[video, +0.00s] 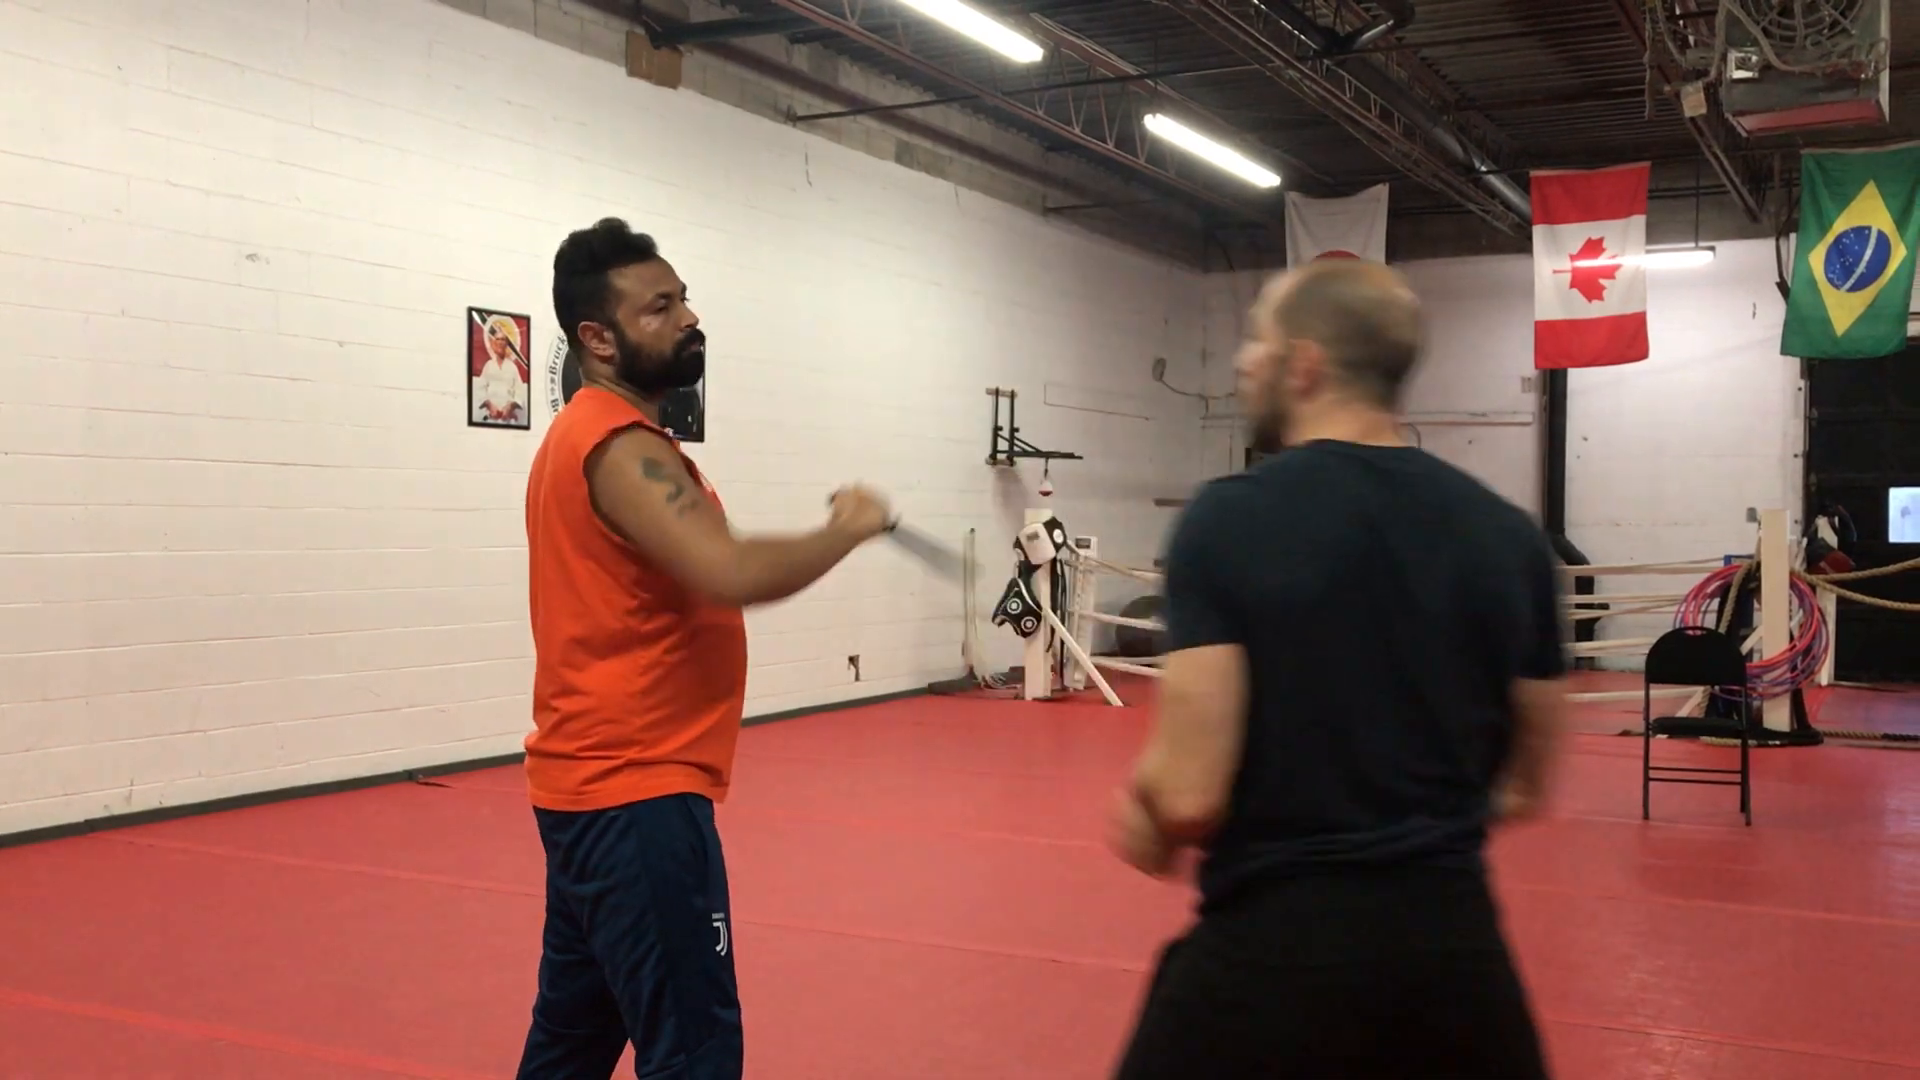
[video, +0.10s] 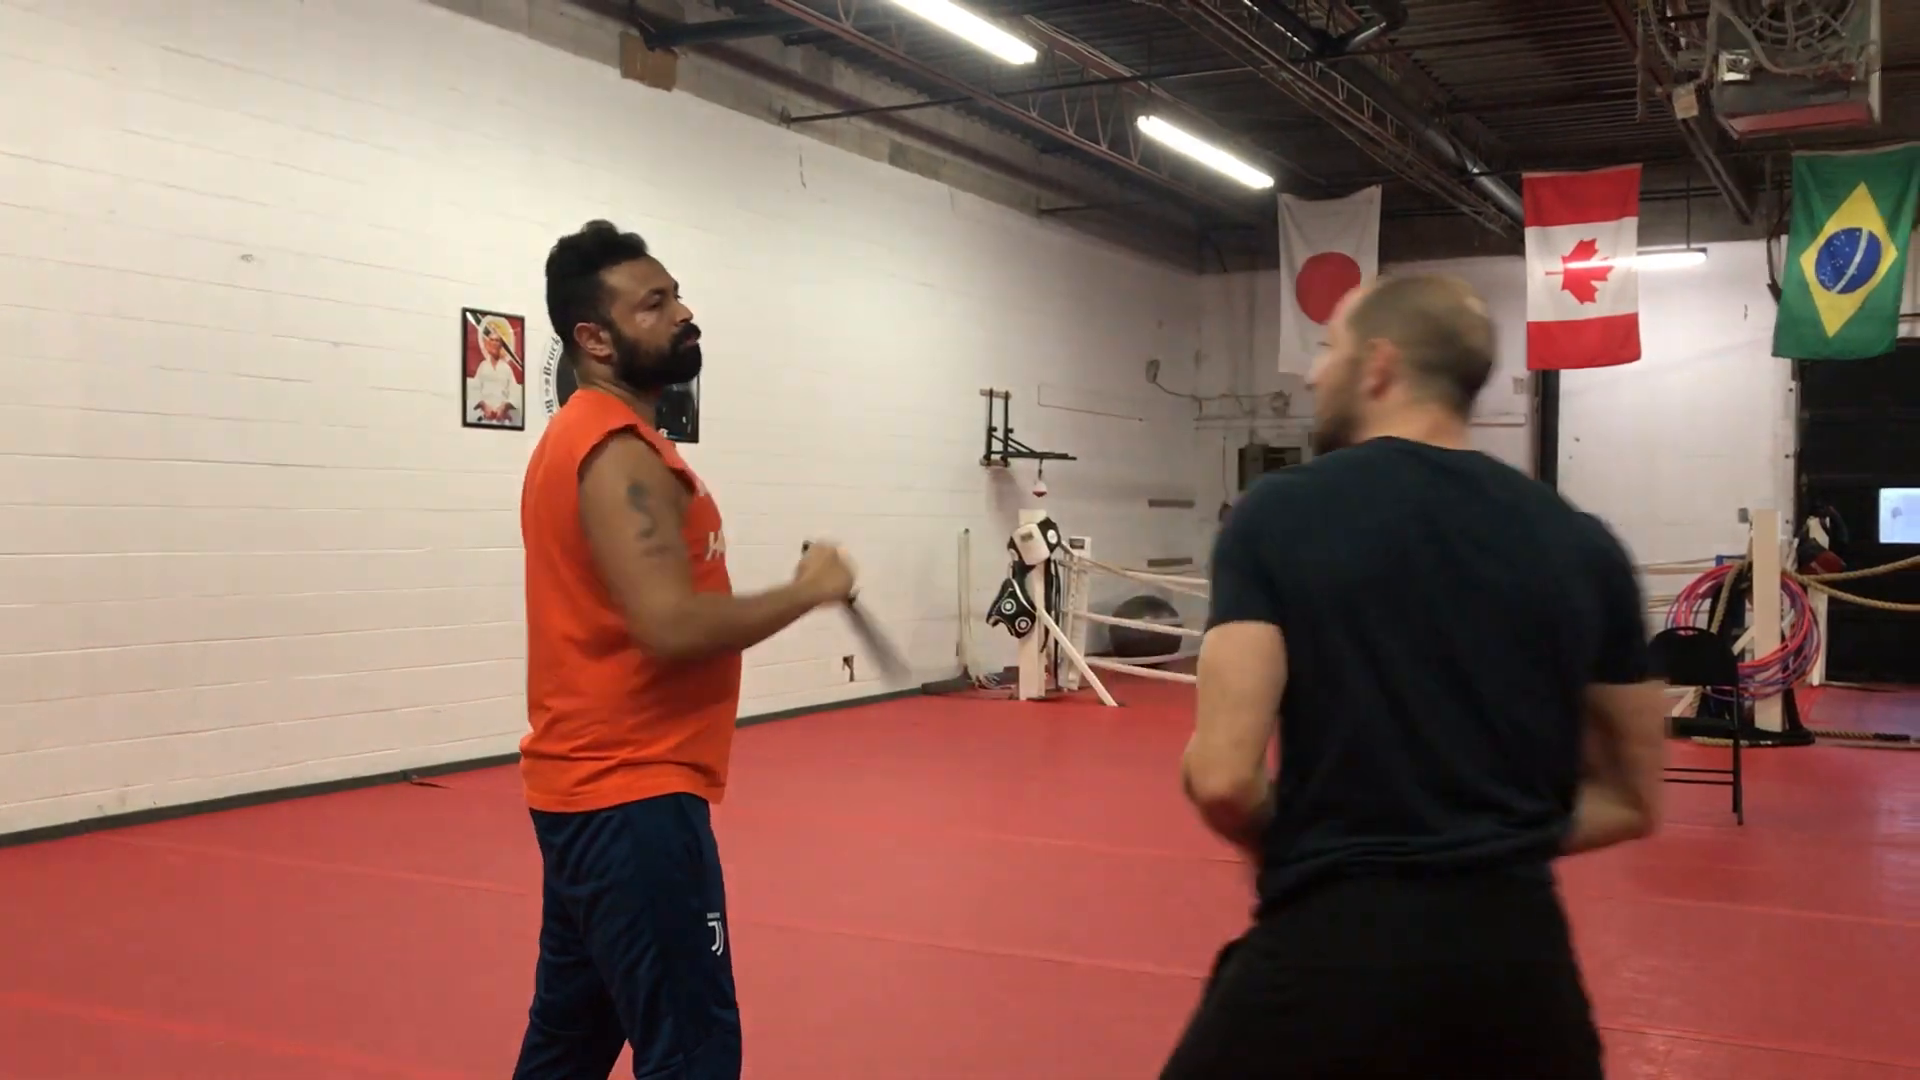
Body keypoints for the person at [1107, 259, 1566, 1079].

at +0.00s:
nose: (1239, 363)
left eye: (1255, 339)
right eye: (1247, 339)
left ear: (1305, 364)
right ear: (1394, 370)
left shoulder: (1229, 518)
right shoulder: (1506, 535)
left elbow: (1189, 798)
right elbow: (1527, 782)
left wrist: (1150, 806)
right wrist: (1399, 790)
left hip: (1260, 965)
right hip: (1452, 958)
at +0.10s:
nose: (1313, 373)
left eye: (1328, 349)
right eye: (1320, 349)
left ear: (1378, 367)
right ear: (1468, 385)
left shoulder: (1279, 514)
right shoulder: (1579, 543)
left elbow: (1219, 777)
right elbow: (1631, 801)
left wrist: (1308, 842)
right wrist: (1479, 832)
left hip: (1316, 973)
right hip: (1521, 976)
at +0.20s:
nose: (1356, 381)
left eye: (1370, 355)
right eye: (1362, 357)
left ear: (1426, 364)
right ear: (1517, 385)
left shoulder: (1310, 498)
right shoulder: (1624, 542)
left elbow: (1231, 751)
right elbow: (1673, 806)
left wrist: (1342, 792)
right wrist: (1505, 796)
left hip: (1326, 970)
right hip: (1544, 984)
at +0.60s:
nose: (1398, 481)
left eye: (1410, 462)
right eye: (1403, 465)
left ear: (1447, 452)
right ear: (1545, 506)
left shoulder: (1321, 533)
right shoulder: (1623, 617)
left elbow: (1253, 775)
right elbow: (1580, 846)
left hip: (1278, 978)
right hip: (1501, 1007)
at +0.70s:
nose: (1382, 499)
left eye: (1396, 479)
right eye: (1392, 481)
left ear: (1432, 472)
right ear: (1531, 523)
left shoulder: (1305, 552)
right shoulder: (1606, 634)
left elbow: (1240, 786)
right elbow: (1573, 860)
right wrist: (1473, 957)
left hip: (1262, 980)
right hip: (1484, 1012)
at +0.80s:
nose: (1369, 516)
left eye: (1381, 498)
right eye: (1377, 500)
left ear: (1423, 485)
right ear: (1518, 534)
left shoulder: (1293, 566)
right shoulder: (1592, 650)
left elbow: (1223, 808)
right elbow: (1555, 883)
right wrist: (1451, 961)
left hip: (1250, 990)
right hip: (1467, 1021)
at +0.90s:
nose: (1354, 529)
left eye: (1366, 513)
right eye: (1361, 514)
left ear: (1411, 501)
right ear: (1503, 558)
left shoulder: (1282, 577)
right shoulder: (1577, 668)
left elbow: (1199, 825)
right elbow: (1520, 918)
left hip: (1225, 996)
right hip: (1441, 1032)